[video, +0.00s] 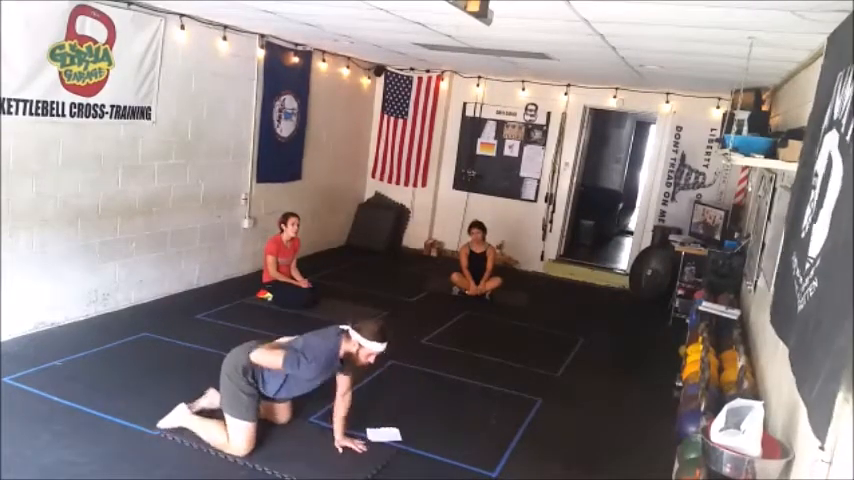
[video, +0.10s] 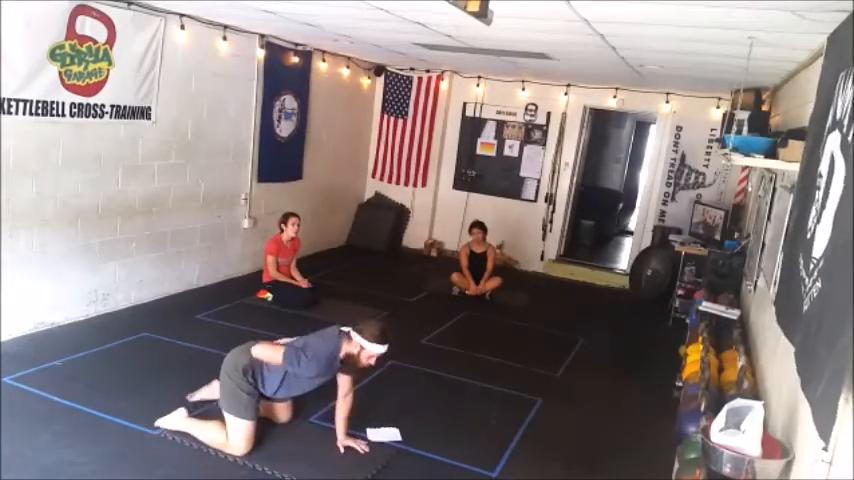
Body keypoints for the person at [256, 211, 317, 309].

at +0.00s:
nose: (296, 228)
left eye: (297, 225)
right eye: (292, 225)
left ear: (299, 226)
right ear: (283, 226)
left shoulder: (295, 242)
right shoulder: (273, 243)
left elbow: (293, 267)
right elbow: (272, 273)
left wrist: (302, 281)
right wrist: (298, 283)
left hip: (288, 280)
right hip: (272, 282)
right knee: (303, 298)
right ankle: (270, 297)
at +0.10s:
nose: (296, 228)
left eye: (298, 225)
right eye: (293, 225)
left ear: (299, 226)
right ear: (283, 226)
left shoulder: (295, 242)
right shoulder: (273, 243)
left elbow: (292, 267)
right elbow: (272, 273)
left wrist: (302, 281)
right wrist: (298, 283)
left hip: (287, 280)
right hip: (272, 282)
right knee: (302, 298)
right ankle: (270, 297)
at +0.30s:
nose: (337, 245)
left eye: (338, 241)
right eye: (334, 241)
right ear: (325, 239)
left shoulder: (327, 252)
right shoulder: (312, 251)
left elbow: (326, 274)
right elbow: (306, 281)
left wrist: (339, 294)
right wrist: (325, 301)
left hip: (295, 274)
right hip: (282, 274)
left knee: (311, 301)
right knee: (303, 302)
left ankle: (280, 292)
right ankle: (275, 296)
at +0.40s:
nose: (367, 257)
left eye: (369, 255)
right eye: (366, 253)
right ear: (358, 247)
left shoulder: (353, 252)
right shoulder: (343, 254)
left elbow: (353, 280)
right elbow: (335, 285)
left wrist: (354, 304)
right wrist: (335, 311)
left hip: (308, 263)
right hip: (298, 263)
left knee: (314, 296)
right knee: (307, 301)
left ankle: (283, 286)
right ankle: (277, 293)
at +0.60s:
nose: (367, 260)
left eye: (371, 259)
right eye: (369, 256)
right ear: (363, 247)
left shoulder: (358, 254)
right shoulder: (345, 254)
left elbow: (355, 280)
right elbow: (337, 284)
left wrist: (352, 303)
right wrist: (335, 311)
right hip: (305, 260)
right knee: (303, 300)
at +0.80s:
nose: (369, 253)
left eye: (371, 251)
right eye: (368, 249)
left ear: (366, 249)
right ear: (360, 243)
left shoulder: (356, 256)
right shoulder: (346, 249)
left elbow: (354, 276)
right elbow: (328, 249)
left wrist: (352, 294)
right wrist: (316, 244)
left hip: (311, 264)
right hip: (301, 262)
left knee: (309, 297)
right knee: (301, 300)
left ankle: (278, 284)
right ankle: (272, 287)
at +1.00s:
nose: (368, 258)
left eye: (371, 256)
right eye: (369, 255)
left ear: (365, 249)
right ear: (364, 248)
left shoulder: (355, 256)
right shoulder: (344, 251)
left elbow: (354, 279)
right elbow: (311, 252)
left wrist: (352, 304)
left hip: (307, 260)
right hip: (300, 261)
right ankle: (270, 287)